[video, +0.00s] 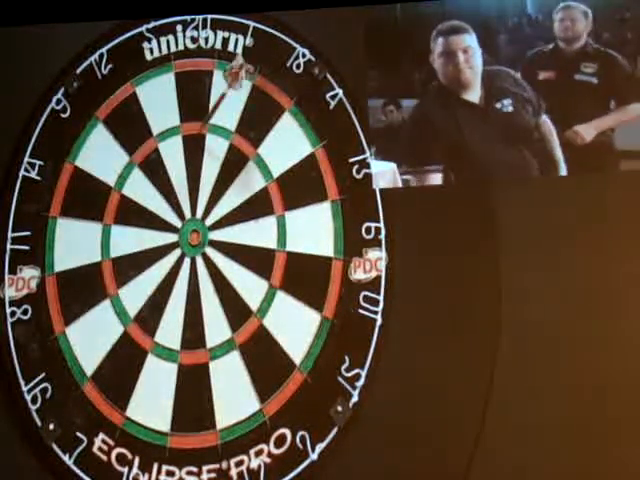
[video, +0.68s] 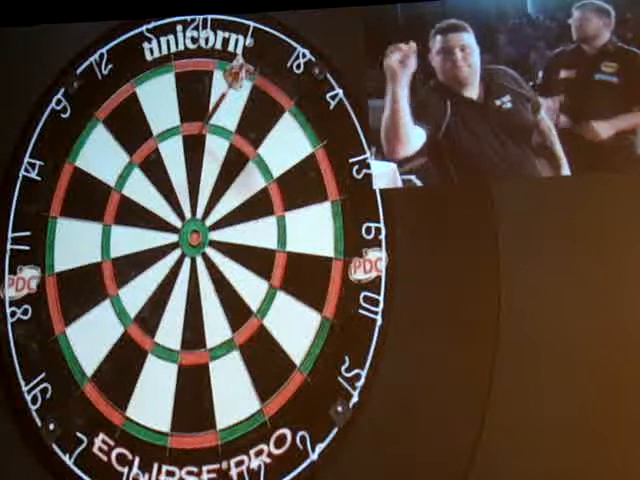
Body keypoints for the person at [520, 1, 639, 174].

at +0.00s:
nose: (566, 24)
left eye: (573, 20)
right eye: (561, 20)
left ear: (588, 25)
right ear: (553, 26)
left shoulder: (609, 62)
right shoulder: (535, 61)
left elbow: (633, 107)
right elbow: (521, 105)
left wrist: (593, 127)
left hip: (595, 162)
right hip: (546, 161)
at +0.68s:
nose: (575, 24)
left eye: (584, 19)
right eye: (574, 19)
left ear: (607, 24)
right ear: (570, 22)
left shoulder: (631, 60)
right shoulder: (558, 60)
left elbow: (637, 112)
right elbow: (542, 101)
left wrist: (611, 126)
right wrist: (554, 117)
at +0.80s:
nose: (571, 24)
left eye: (580, 19)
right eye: (572, 19)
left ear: (606, 24)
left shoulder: (631, 61)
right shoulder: (564, 59)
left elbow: (638, 121)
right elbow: (530, 95)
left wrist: (623, 144)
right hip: (571, 163)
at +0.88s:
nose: (570, 25)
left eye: (579, 19)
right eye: (571, 19)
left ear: (606, 24)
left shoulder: (632, 61)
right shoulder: (563, 59)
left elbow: (636, 114)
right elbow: (528, 94)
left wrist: (630, 148)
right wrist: (541, 74)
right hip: (571, 163)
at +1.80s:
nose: (590, 30)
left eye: (596, 23)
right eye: (585, 25)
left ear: (616, 24)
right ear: (579, 30)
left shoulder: (633, 60)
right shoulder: (569, 61)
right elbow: (531, 91)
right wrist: (549, 82)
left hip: (625, 159)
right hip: (578, 160)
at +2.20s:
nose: (597, 31)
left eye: (604, 25)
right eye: (592, 26)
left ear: (622, 25)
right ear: (586, 30)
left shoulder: (635, 61)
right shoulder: (570, 61)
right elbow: (548, 98)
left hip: (626, 158)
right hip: (580, 160)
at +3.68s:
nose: (596, 31)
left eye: (603, 25)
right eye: (590, 25)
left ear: (621, 28)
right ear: (584, 30)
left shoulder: (635, 65)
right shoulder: (565, 64)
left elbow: (636, 118)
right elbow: (552, 110)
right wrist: (556, 144)